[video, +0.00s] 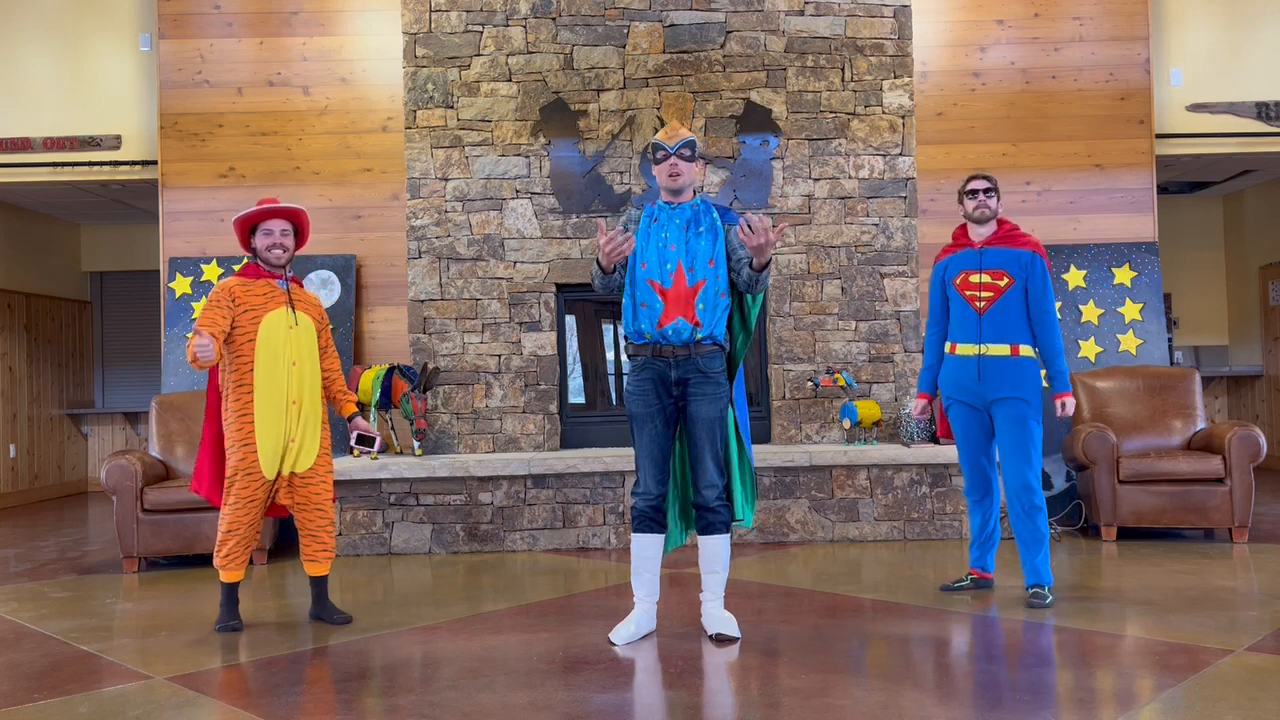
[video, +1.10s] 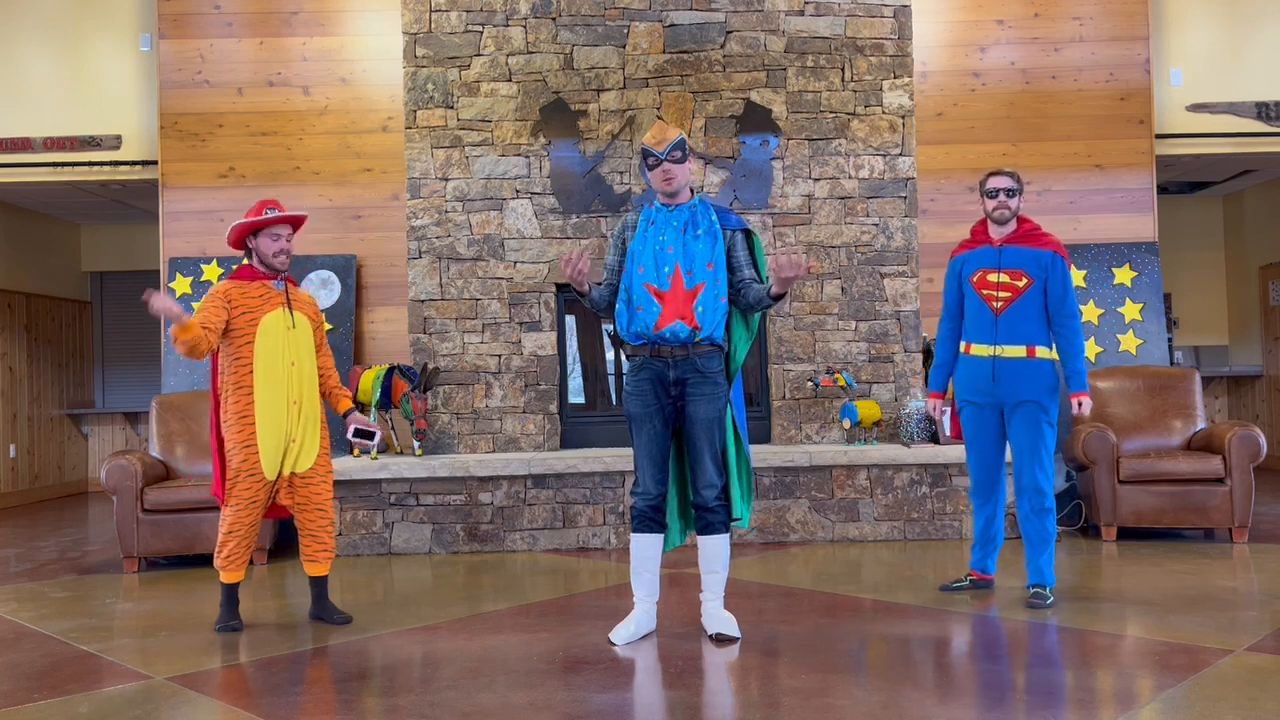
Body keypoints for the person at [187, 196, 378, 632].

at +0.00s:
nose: (278, 241)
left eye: (285, 234)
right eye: (268, 234)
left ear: (295, 243)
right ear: (252, 242)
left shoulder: (310, 302)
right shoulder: (232, 292)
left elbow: (329, 365)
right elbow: (205, 339)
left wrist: (351, 414)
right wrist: (202, 350)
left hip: (306, 422)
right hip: (250, 423)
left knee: (318, 503)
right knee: (242, 507)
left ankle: (321, 600)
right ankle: (229, 605)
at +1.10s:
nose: (286, 244)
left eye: (289, 237)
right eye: (275, 237)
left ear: (294, 242)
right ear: (252, 244)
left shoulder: (305, 301)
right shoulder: (227, 295)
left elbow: (323, 363)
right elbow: (199, 346)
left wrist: (347, 409)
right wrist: (180, 321)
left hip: (305, 421)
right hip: (250, 422)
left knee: (317, 500)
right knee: (244, 504)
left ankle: (321, 600)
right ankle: (229, 606)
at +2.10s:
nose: (287, 250)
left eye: (289, 242)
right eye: (278, 242)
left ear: (291, 245)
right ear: (253, 245)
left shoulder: (299, 298)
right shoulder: (224, 296)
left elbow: (325, 356)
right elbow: (230, 343)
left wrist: (342, 330)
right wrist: (289, 325)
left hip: (303, 420)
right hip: (248, 423)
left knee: (316, 501)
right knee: (242, 505)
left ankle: (320, 600)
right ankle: (229, 606)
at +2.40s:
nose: (287, 251)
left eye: (289, 243)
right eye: (278, 243)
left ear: (290, 246)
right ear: (252, 245)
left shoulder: (300, 298)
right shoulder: (222, 297)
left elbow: (326, 356)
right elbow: (237, 346)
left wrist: (339, 328)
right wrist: (300, 326)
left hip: (303, 419)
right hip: (248, 422)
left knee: (316, 501)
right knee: (242, 504)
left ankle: (320, 601)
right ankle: (229, 606)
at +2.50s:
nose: (287, 251)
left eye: (289, 243)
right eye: (278, 242)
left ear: (290, 246)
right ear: (252, 245)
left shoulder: (300, 298)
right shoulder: (222, 297)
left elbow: (326, 357)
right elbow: (237, 346)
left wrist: (339, 329)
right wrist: (300, 326)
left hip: (303, 419)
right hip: (249, 421)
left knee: (317, 500)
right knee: (242, 504)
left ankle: (320, 601)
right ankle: (229, 606)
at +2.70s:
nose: (286, 251)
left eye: (289, 243)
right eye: (277, 243)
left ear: (290, 246)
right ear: (252, 245)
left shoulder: (298, 298)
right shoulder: (222, 297)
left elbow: (326, 356)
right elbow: (235, 345)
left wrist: (337, 327)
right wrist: (296, 325)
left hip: (303, 419)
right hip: (249, 421)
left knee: (316, 501)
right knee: (242, 504)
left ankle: (320, 601)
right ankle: (229, 606)